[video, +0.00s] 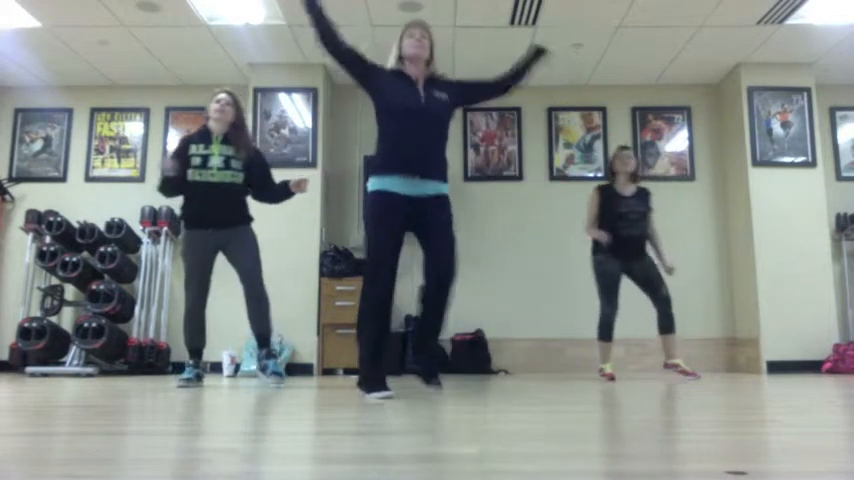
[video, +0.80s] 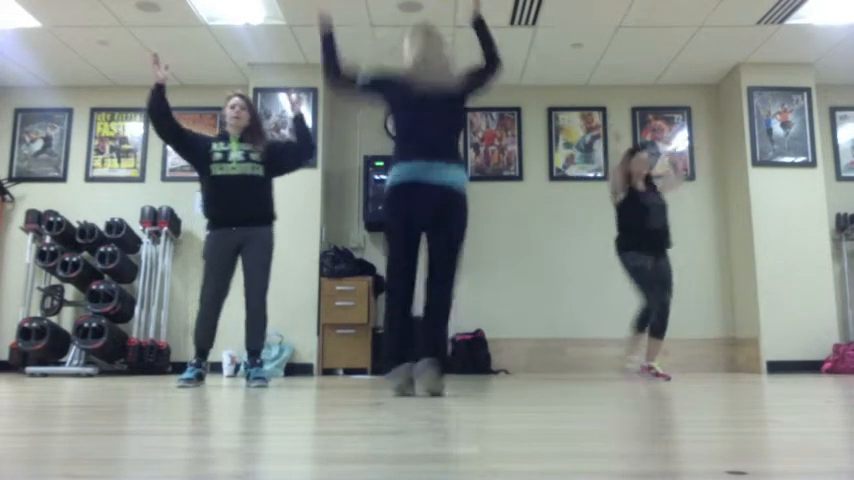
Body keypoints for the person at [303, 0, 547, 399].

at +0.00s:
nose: (416, 40)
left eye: (422, 37)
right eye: (410, 37)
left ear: (431, 48)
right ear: (400, 46)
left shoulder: (448, 91)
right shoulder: (381, 80)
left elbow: (501, 87)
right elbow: (337, 47)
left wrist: (530, 58)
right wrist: (313, 7)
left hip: (433, 197)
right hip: (387, 195)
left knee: (442, 275)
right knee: (380, 281)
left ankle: (424, 358)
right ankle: (371, 375)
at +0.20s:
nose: (417, 58)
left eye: (422, 55)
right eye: (410, 54)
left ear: (430, 65)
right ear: (398, 63)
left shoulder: (442, 110)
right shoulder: (383, 100)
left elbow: (484, 112)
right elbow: (344, 62)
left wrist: (507, 77)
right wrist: (348, 18)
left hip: (434, 208)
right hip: (394, 205)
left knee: (437, 289)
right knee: (395, 287)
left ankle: (415, 375)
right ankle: (375, 377)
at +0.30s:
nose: (423, 58)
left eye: (426, 52)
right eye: (419, 51)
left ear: (430, 58)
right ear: (406, 55)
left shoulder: (437, 96)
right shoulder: (397, 85)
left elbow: (458, 89)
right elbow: (386, 43)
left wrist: (468, 57)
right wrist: (384, 7)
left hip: (432, 197)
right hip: (404, 195)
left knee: (433, 280)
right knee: (404, 278)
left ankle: (424, 363)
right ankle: (384, 364)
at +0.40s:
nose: (430, 44)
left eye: (430, 38)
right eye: (424, 38)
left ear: (426, 44)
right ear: (411, 41)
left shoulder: (426, 72)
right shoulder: (407, 69)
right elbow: (404, 38)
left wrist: (442, 59)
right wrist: (409, 11)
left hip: (423, 169)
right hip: (416, 169)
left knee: (418, 258)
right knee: (418, 258)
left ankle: (420, 348)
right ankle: (413, 349)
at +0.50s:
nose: (431, 25)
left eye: (423, 22)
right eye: (426, 21)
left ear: (399, 32)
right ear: (424, 27)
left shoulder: (401, 64)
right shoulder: (425, 50)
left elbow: (389, 92)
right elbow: (457, 18)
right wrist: (457, 4)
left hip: (406, 167)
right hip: (427, 168)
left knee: (411, 257)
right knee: (429, 257)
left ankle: (403, 347)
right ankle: (419, 352)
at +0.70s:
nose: (439, 65)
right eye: (437, 59)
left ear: (402, 66)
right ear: (437, 64)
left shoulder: (391, 103)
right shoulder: (449, 95)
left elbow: (351, 114)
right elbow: (496, 58)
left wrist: (345, 82)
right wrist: (475, 18)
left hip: (398, 204)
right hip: (439, 203)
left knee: (405, 293)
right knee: (446, 293)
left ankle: (396, 375)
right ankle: (427, 374)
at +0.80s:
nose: (411, 52)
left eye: (411, 47)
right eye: (426, 46)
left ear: (409, 55)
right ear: (443, 55)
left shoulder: (396, 88)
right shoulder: (457, 90)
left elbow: (338, 78)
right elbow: (492, 62)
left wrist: (326, 32)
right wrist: (477, 20)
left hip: (405, 189)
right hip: (449, 193)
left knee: (400, 277)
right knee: (441, 280)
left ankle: (400, 364)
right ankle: (431, 363)